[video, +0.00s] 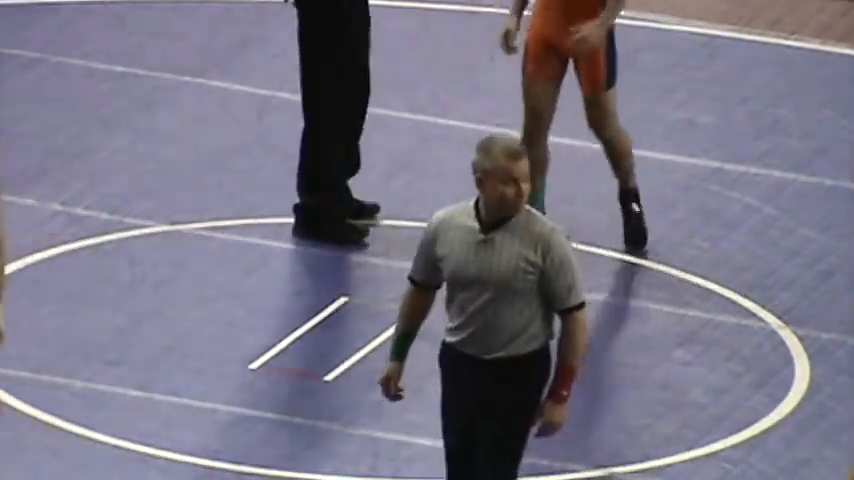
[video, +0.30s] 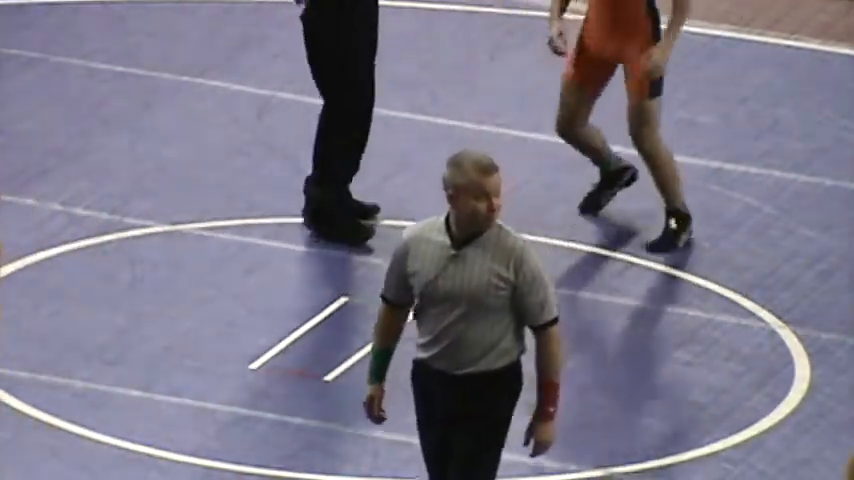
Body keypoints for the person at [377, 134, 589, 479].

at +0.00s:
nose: (522, 191)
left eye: (525, 182)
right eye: (509, 183)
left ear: (532, 180)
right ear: (479, 181)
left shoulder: (546, 239)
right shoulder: (444, 227)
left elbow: (575, 318)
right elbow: (421, 290)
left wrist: (560, 396)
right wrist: (396, 358)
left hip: (520, 369)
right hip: (460, 364)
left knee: (496, 468)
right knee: (459, 465)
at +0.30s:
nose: (493, 205)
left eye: (497, 195)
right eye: (481, 197)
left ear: (502, 195)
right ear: (450, 196)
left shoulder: (516, 255)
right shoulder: (415, 246)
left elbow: (547, 331)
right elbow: (392, 311)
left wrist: (546, 412)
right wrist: (376, 380)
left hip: (492, 385)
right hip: (432, 381)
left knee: (472, 472)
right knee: (438, 471)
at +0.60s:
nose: (434, 225)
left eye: (444, 215)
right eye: (426, 215)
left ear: (462, 207)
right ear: (415, 204)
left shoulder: (487, 267)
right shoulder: (389, 249)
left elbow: (517, 346)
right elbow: (372, 315)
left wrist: (514, 427)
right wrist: (352, 382)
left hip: (463, 403)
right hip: (399, 394)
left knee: (460, 473)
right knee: (371, 473)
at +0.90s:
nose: (357, 244)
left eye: (367, 236)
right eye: (353, 234)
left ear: (395, 229)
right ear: (348, 225)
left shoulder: (428, 280)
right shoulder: (338, 260)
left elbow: (458, 362)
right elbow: (326, 327)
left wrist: (445, 444)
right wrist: (308, 394)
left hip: (408, 412)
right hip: (349, 403)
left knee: (395, 473)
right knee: (318, 472)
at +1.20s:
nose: (285, 242)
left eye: (291, 230)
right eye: (273, 234)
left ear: (307, 217)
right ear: (259, 230)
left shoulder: (338, 279)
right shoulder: (250, 263)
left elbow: (363, 361)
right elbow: (241, 333)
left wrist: (359, 442)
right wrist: (227, 401)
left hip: (317, 410)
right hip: (262, 405)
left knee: (307, 473)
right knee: (249, 473)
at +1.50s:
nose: (207, 247)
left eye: (213, 235)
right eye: (195, 238)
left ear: (225, 223)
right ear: (177, 234)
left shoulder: (251, 286)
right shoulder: (169, 265)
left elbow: (280, 368)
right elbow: (158, 330)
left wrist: (253, 447)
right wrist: (126, 386)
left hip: (230, 413)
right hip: (188, 408)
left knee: (204, 473)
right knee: (201, 472)